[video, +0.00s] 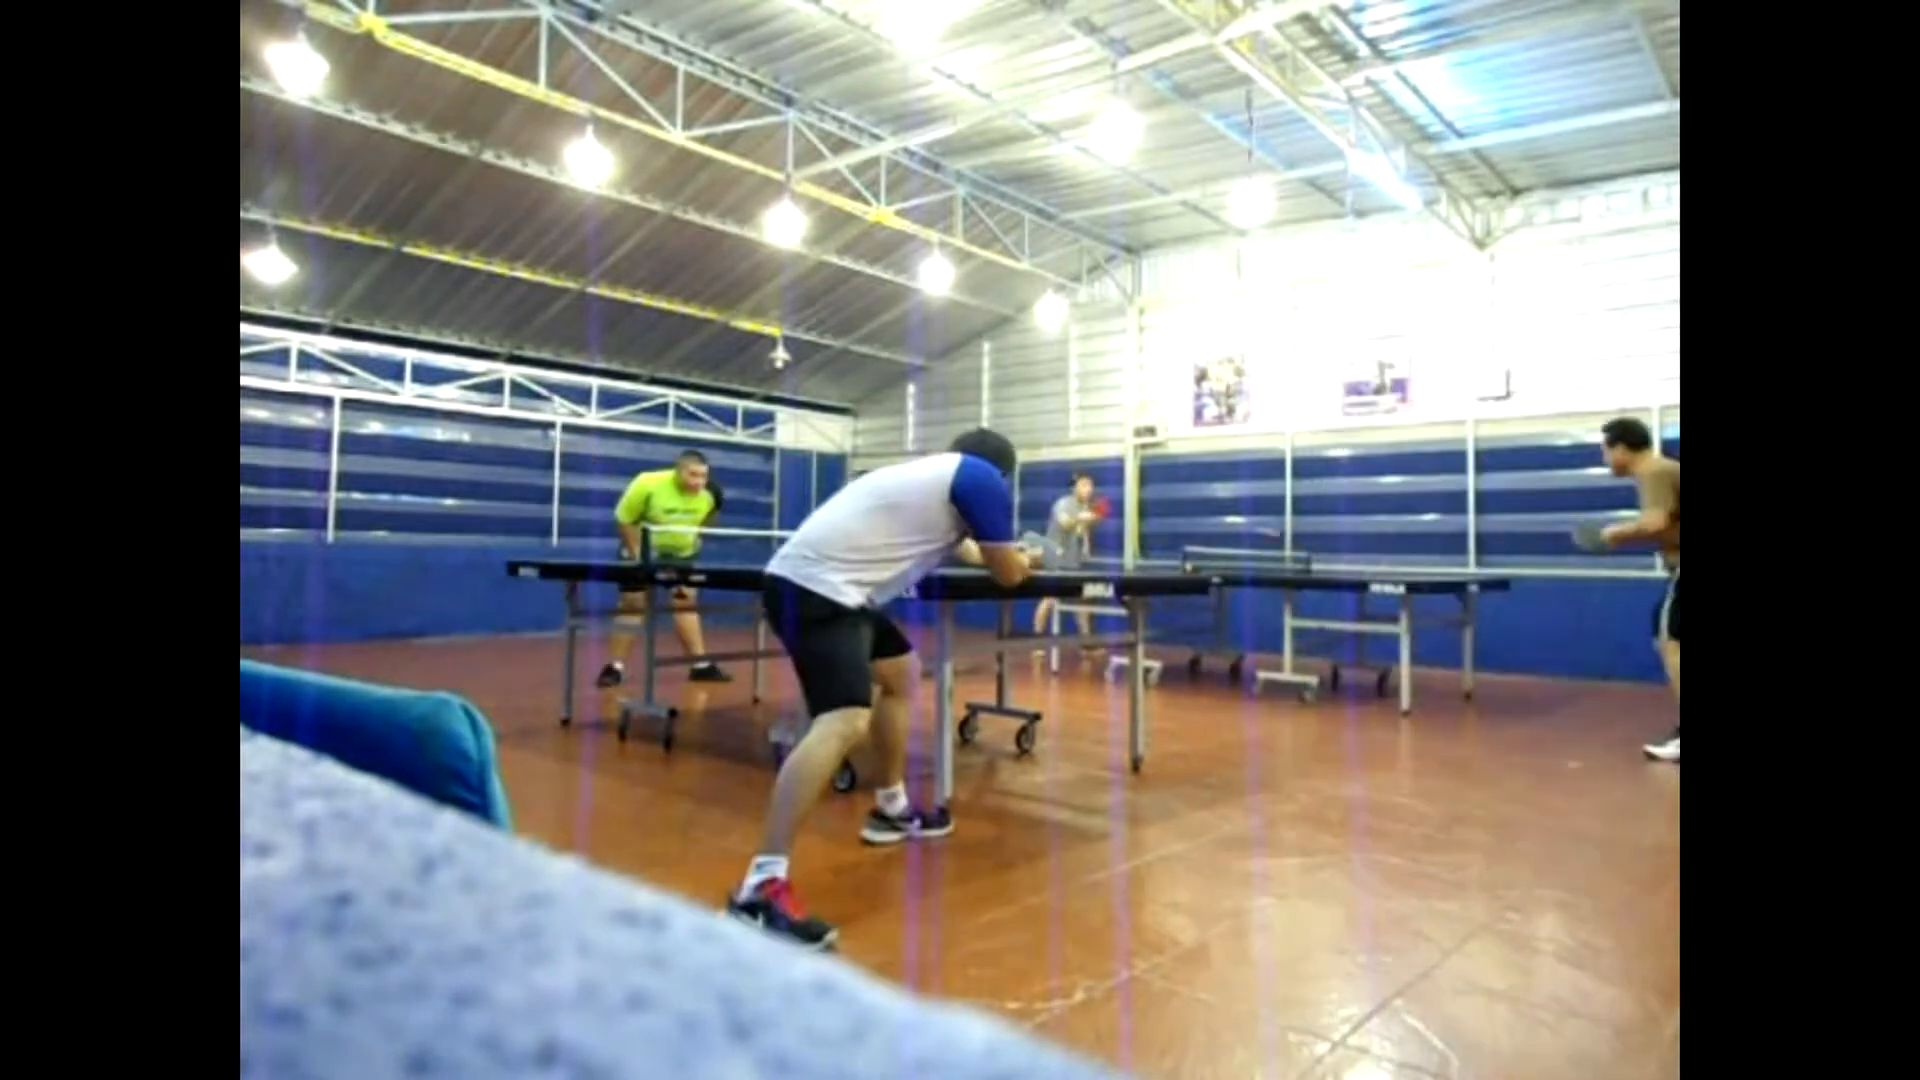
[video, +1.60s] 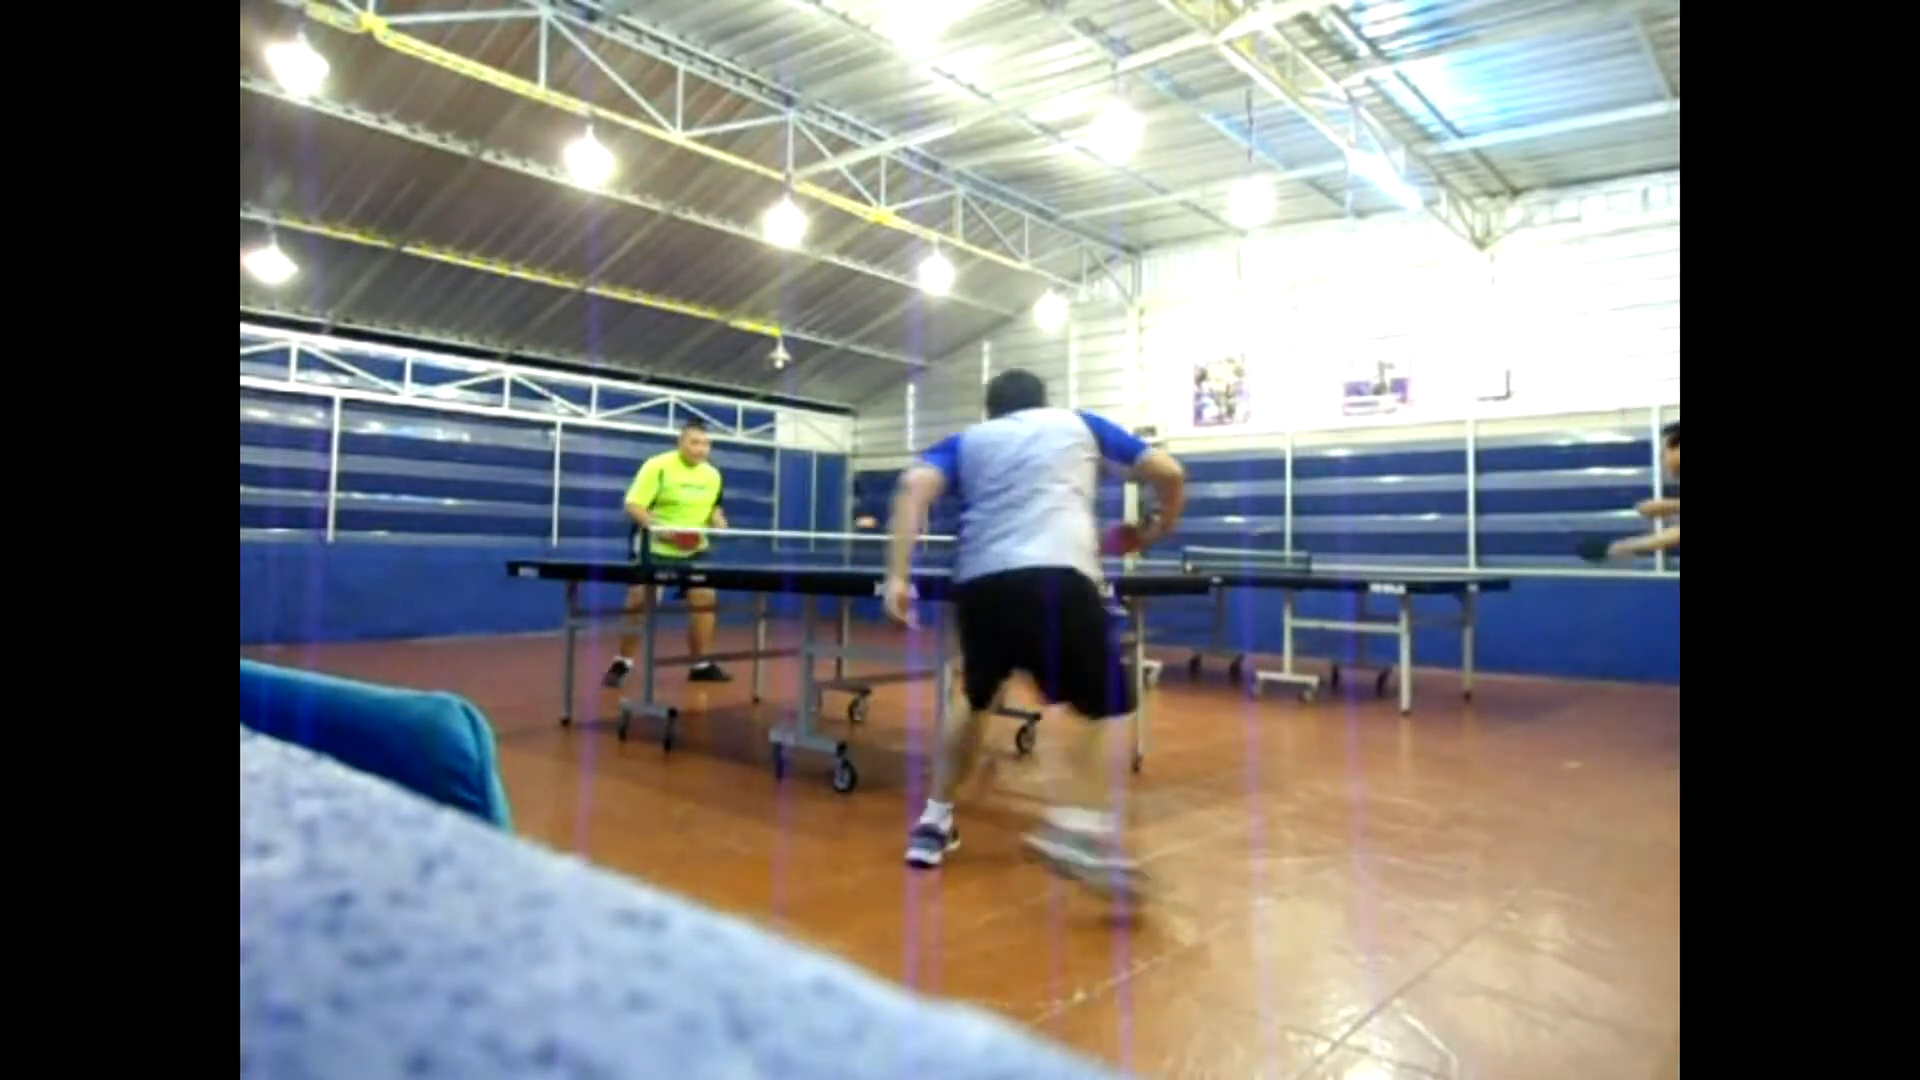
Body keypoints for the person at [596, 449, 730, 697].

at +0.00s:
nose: (698, 482)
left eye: (702, 475)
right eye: (692, 474)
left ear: (707, 476)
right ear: (678, 472)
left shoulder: (709, 497)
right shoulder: (647, 484)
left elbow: (699, 524)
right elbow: (624, 517)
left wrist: (687, 546)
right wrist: (636, 552)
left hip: (683, 554)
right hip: (645, 552)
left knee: (686, 602)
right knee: (633, 605)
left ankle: (701, 661)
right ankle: (616, 665)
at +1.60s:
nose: (699, 449)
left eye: (704, 443)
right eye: (693, 442)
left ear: (709, 446)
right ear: (681, 442)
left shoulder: (712, 475)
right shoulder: (657, 467)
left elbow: (711, 506)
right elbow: (634, 503)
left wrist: (719, 521)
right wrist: (656, 527)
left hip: (694, 553)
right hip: (657, 551)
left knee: (705, 600)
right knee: (640, 600)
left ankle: (702, 661)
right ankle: (624, 660)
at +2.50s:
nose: (710, 447)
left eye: (714, 442)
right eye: (704, 440)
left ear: (717, 448)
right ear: (690, 440)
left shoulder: (719, 481)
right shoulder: (664, 456)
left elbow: (721, 516)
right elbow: (621, 469)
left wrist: (733, 523)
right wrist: (577, 476)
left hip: (693, 548)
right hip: (651, 542)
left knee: (706, 600)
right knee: (634, 598)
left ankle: (701, 662)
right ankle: (618, 663)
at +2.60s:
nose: (699, 442)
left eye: (705, 438)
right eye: (695, 435)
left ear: (710, 444)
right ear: (682, 436)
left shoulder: (712, 478)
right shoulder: (656, 457)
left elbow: (717, 511)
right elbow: (620, 484)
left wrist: (715, 525)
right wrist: (588, 503)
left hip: (689, 545)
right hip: (647, 541)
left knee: (701, 599)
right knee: (627, 600)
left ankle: (701, 661)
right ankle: (606, 661)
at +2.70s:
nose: (691, 443)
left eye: (696, 438)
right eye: (686, 435)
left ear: (699, 443)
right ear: (671, 436)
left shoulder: (702, 476)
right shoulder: (642, 459)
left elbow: (708, 508)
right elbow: (614, 494)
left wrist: (703, 524)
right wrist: (602, 522)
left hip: (680, 550)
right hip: (637, 546)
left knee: (695, 598)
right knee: (623, 603)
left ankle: (700, 661)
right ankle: (602, 662)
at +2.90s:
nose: (665, 437)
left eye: (669, 432)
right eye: (659, 430)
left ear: (674, 438)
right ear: (646, 432)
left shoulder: (679, 469)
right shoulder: (620, 457)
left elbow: (686, 501)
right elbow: (600, 492)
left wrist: (680, 520)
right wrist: (615, 514)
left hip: (662, 545)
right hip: (621, 545)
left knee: (677, 600)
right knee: (614, 605)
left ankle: (689, 660)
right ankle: (602, 663)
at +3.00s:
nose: (656, 433)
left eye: (661, 427)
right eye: (651, 426)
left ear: (666, 430)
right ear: (637, 427)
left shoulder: (675, 462)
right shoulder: (613, 453)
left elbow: (686, 497)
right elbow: (597, 487)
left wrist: (673, 513)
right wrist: (606, 509)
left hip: (661, 540)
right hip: (619, 540)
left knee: (669, 600)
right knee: (610, 603)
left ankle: (668, 659)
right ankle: (599, 660)